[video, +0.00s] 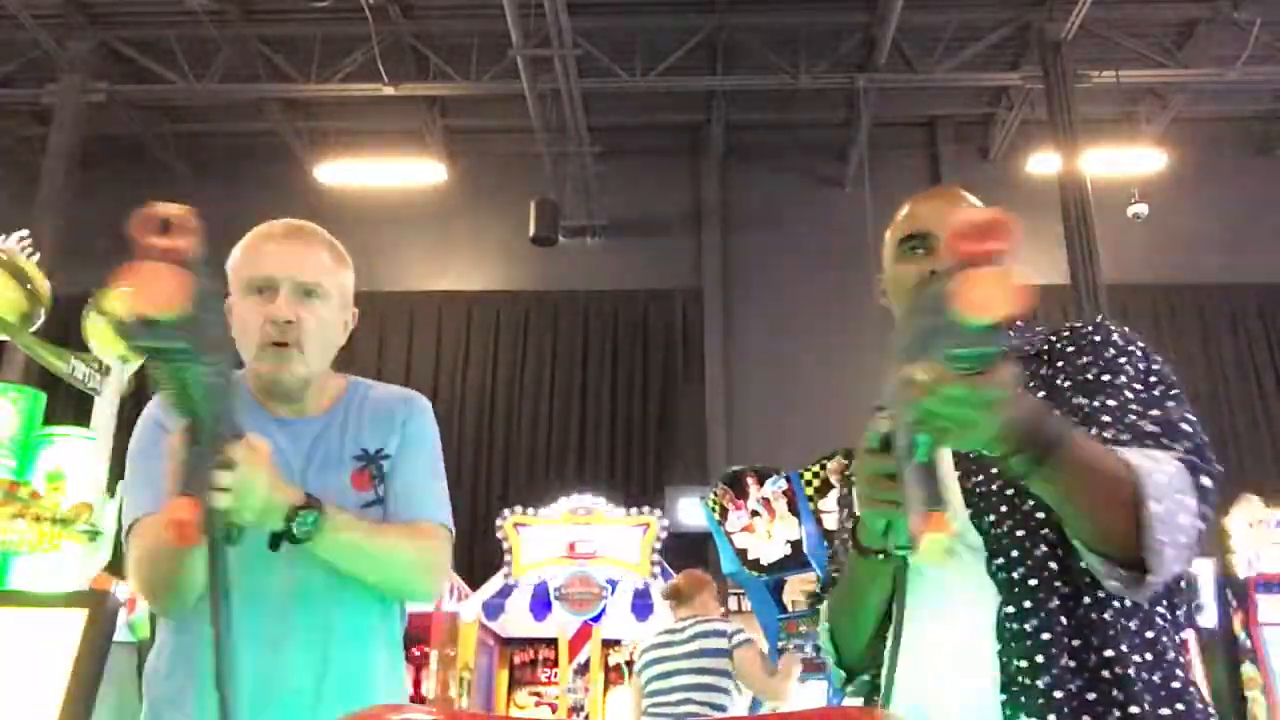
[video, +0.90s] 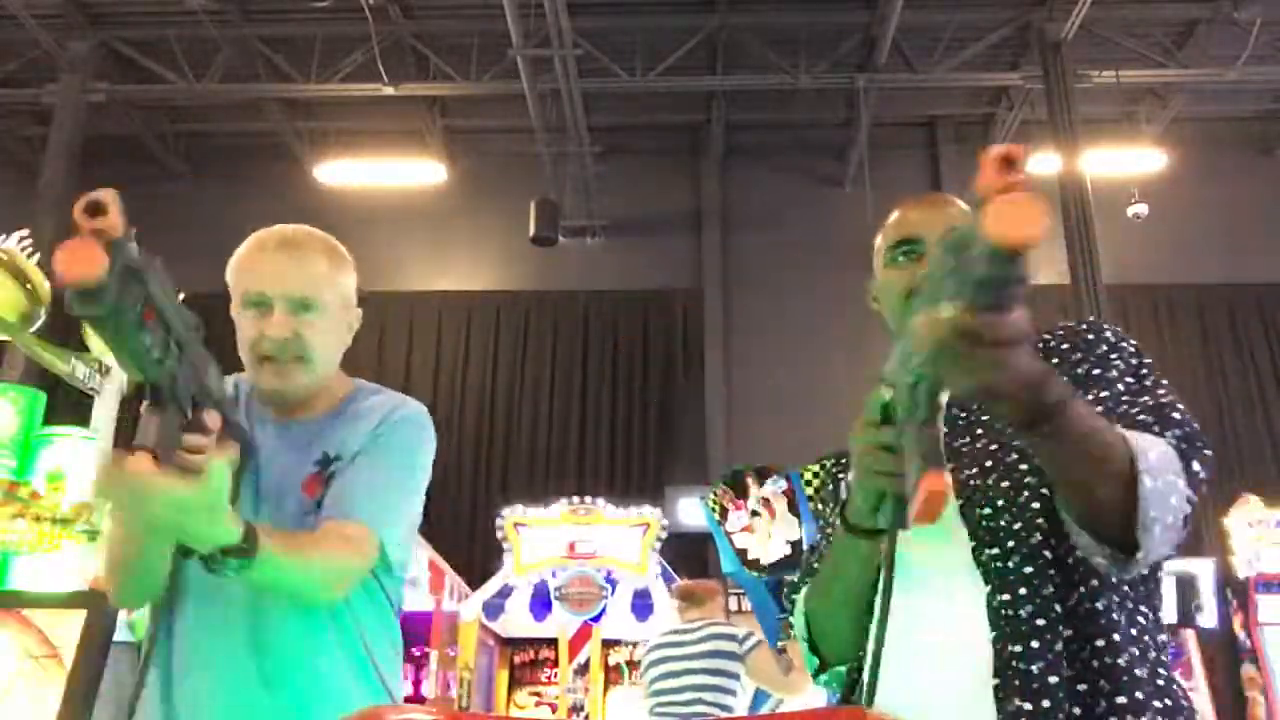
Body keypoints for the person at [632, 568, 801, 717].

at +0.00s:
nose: (721, 607)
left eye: (717, 599)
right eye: (716, 598)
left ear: (673, 607)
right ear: (706, 599)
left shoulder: (647, 647)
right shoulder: (727, 631)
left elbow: (637, 712)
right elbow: (776, 693)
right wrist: (790, 665)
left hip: (656, 715)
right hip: (706, 713)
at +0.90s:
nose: (728, 611)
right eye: (725, 605)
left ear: (679, 612)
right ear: (721, 602)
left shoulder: (654, 646)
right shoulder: (736, 636)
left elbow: (649, 699)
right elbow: (795, 687)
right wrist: (794, 648)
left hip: (661, 714)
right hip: (713, 711)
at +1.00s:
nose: (728, 611)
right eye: (725, 605)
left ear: (681, 612)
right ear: (723, 605)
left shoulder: (654, 645)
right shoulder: (738, 636)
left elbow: (650, 699)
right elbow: (797, 686)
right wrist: (796, 652)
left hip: (661, 715)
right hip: (711, 713)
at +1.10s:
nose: (728, 611)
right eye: (725, 606)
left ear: (681, 612)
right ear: (721, 605)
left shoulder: (655, 645)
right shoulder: (739, 637)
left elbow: (651, 697)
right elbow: (797, 686)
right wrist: (799, 655)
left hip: (662, 715)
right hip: (713, 712)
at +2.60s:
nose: (722, 610)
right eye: (720, 604)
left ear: (675, 610)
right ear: (713, 602)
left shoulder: (646, 649)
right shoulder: (730, 633)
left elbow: (638, 714)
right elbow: (780, 691)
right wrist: (797, 663)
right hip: (713, 712)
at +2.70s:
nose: (722, 608)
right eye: (720, 602)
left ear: (677, 609)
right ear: (713, 601)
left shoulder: (647, 648)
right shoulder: (731, 633)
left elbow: (637, 712)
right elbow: (759, 690)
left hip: (657, 715)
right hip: (712, 713)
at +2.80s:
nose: (721, 606)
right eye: (720, 601)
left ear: (677, 608)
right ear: (713, 600)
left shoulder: (646, 648)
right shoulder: (729, 632)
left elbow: (638, 711)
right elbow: (749, 694)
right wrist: (768, 693)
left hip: (657, 714)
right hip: (708, 712)